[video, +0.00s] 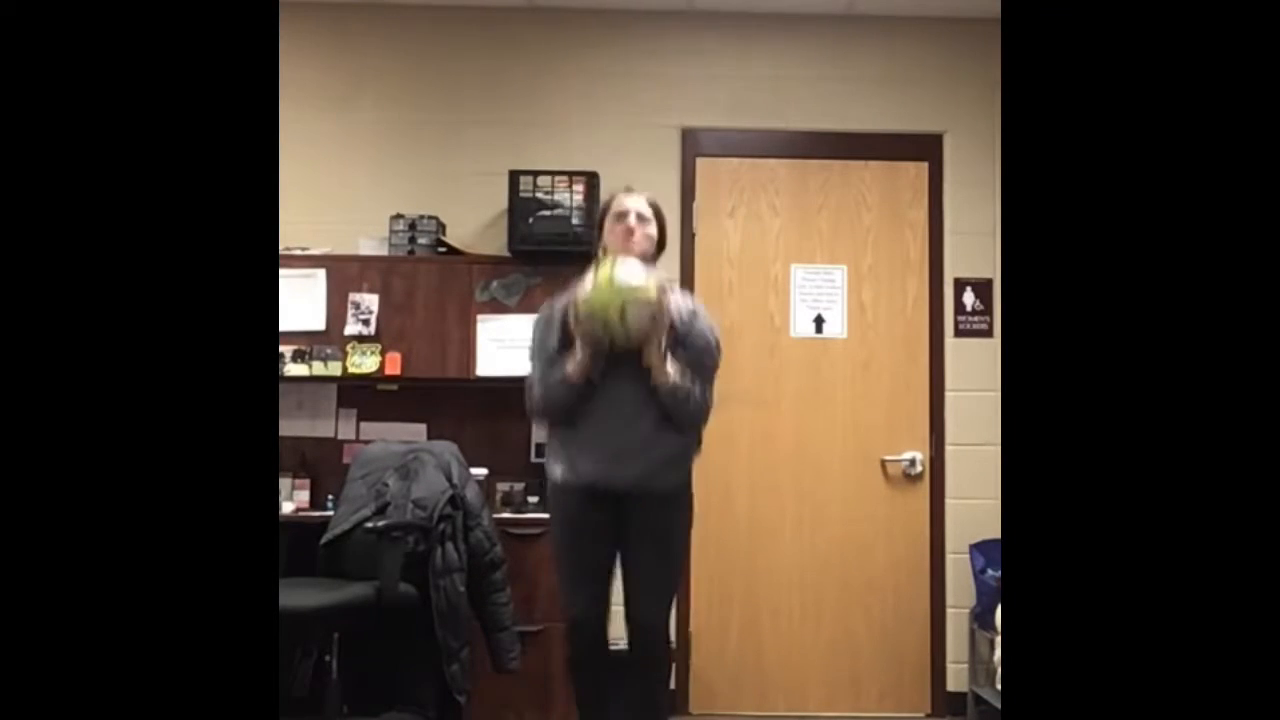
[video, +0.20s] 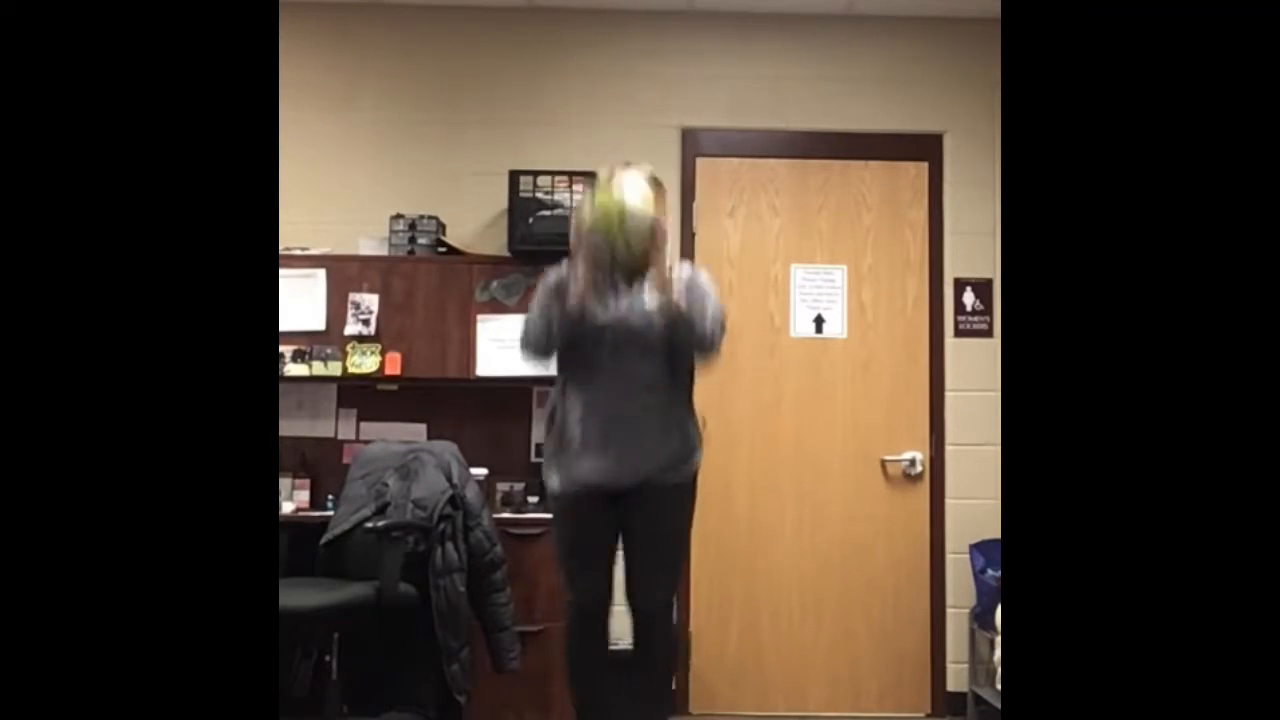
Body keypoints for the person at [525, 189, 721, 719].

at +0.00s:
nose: (632, 226)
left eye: (644, 219)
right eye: (621, 217)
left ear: (659, 239)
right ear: (602, 233)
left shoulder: (685, 315)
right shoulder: (562, 313)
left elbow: (694, 414)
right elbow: (544, 404)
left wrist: (656, 357)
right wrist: (584, 353)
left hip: (659, 493)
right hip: (580, 493)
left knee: (650, 628)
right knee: (584, 626)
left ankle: (647, 715)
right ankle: (594, 714)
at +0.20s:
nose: (625, 233)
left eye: (636, 221)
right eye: (613, 221)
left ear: (656, 226)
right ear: (592, 226)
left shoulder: (683, 282)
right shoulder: (566, 283)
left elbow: (706, 340)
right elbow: (536, 343)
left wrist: (675, 292)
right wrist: (574, 281)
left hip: (661, 474)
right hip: (582, 475)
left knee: (654, 610)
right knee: (587, 609)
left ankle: (652, 710)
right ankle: (592, 710)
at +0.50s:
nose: (632, 249)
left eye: (642, 242)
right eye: (619, 242)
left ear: (657, 261)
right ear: (595, 260)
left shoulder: (676, 315)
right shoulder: (577, 314)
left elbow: (691, 231)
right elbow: (570, 221)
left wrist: (676, 124)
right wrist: (589, 117)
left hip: (660, 507)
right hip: (579, 507)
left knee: (693, 645)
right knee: (549, 647)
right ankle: (504, 714)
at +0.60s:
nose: (630, 244)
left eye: (642, 237)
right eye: (618, 234)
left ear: (660, 255)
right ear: (596, 254)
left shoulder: (679, 317)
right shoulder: (579, 313)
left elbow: (695, 236)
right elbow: (565, 230)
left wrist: (675, 134)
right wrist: (588, 131)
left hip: (664, 510)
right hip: (581, 509)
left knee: (695, 650)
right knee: (551, 649)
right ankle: (502, 714)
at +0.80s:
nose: (633, 199)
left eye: (646, 189)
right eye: (620, 188)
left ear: (668, 199)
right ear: (600, 198)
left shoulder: (692, 259)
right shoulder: (576, 254)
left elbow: (725, 309)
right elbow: (535, 299)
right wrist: (583, 238)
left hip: (671, 449)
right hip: (590, 447)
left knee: (676, 592)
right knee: (574, 589)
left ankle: (692, 710)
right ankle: (552, 709)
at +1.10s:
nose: (640, 216)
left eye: (651, 208)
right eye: (628, 208)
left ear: (667, 225)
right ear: (609, 222)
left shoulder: (695, 301)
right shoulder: (573, 304)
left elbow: (729, 381)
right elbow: (546, 392)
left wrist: (680, 344)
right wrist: (591, 335)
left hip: (673, 492)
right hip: (593, 493)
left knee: (660, 635)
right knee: (595, 631)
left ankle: (659, 716)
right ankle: (600, 715)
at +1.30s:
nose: (643, 197)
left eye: (654, 190)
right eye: (629, 189)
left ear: (671, 207)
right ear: (611, 205)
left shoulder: (694, 268)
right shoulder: (587, 264)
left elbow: (723, 211)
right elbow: (557, 211)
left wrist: (686, 126)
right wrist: (596, 120)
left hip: (672, 446)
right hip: (594, 444)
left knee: (686, 599)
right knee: (567, 603)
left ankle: (704, 706)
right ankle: (539, 708)